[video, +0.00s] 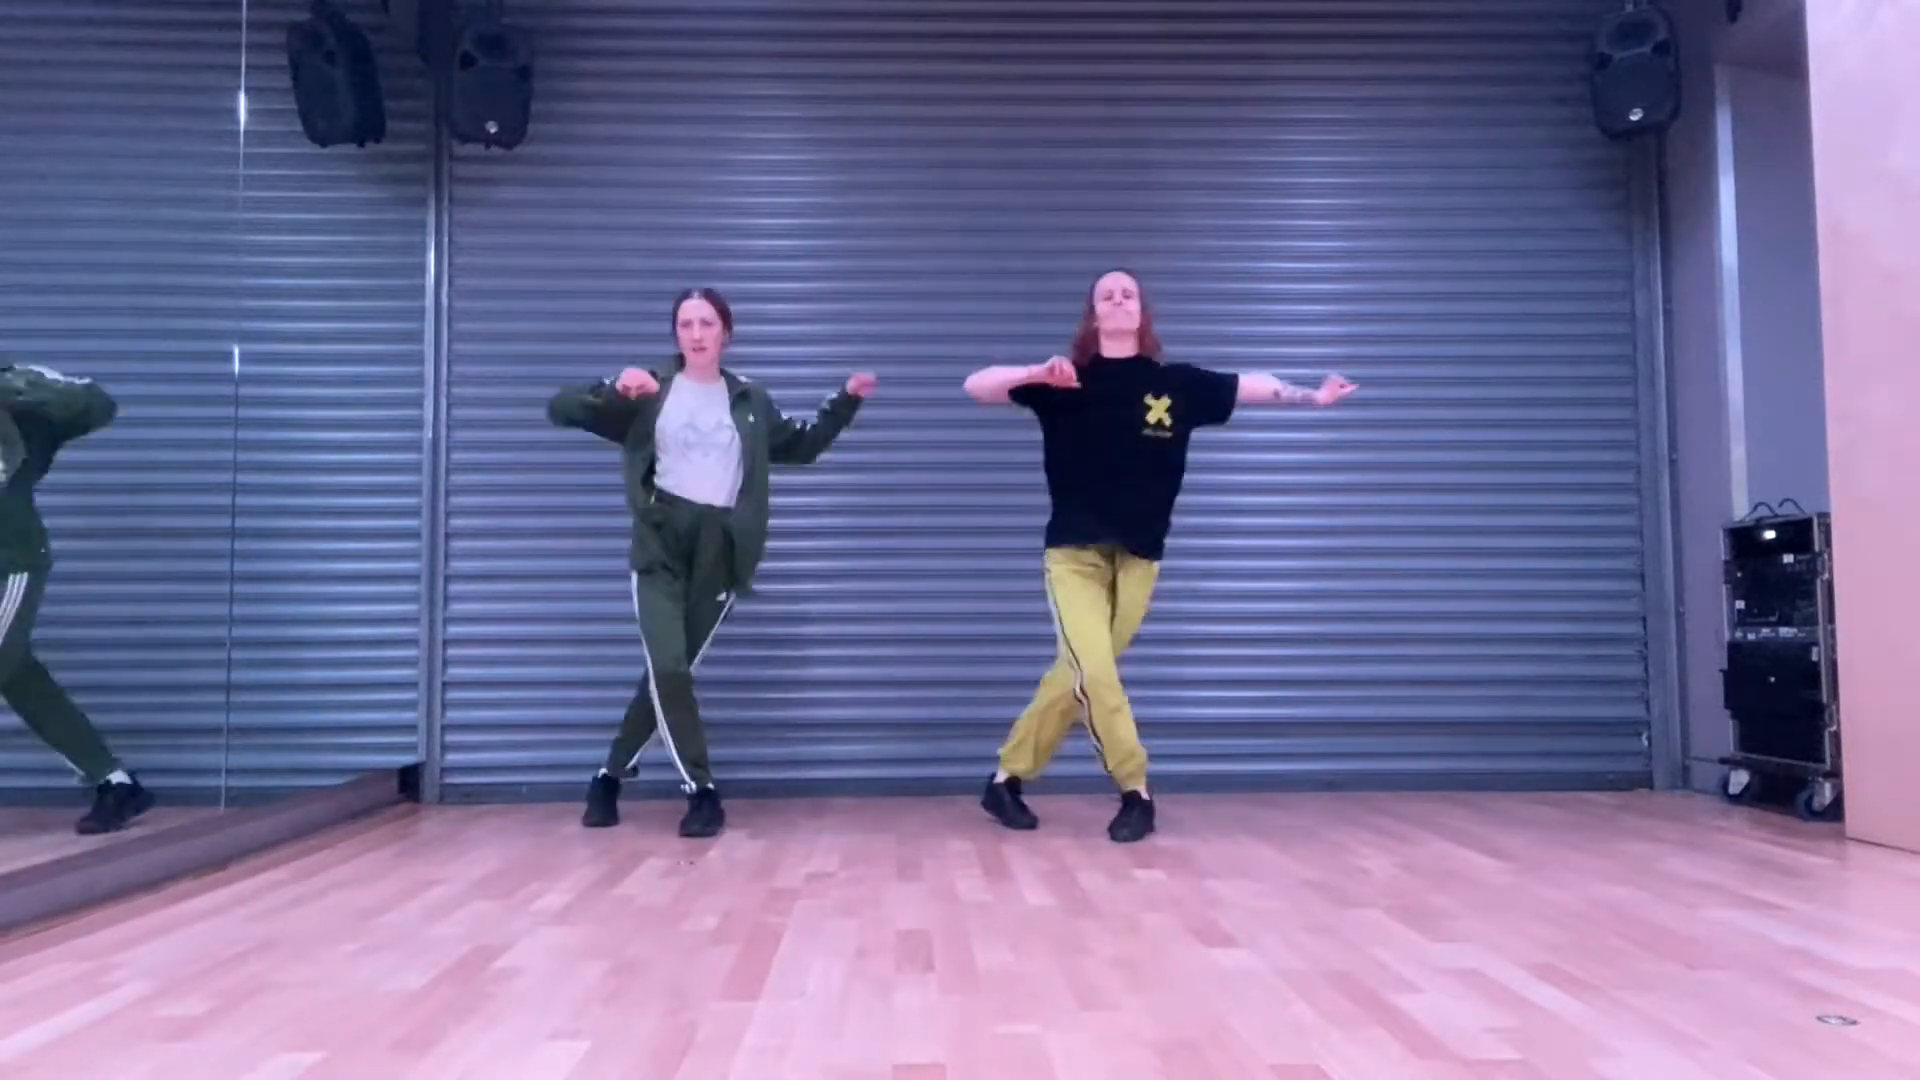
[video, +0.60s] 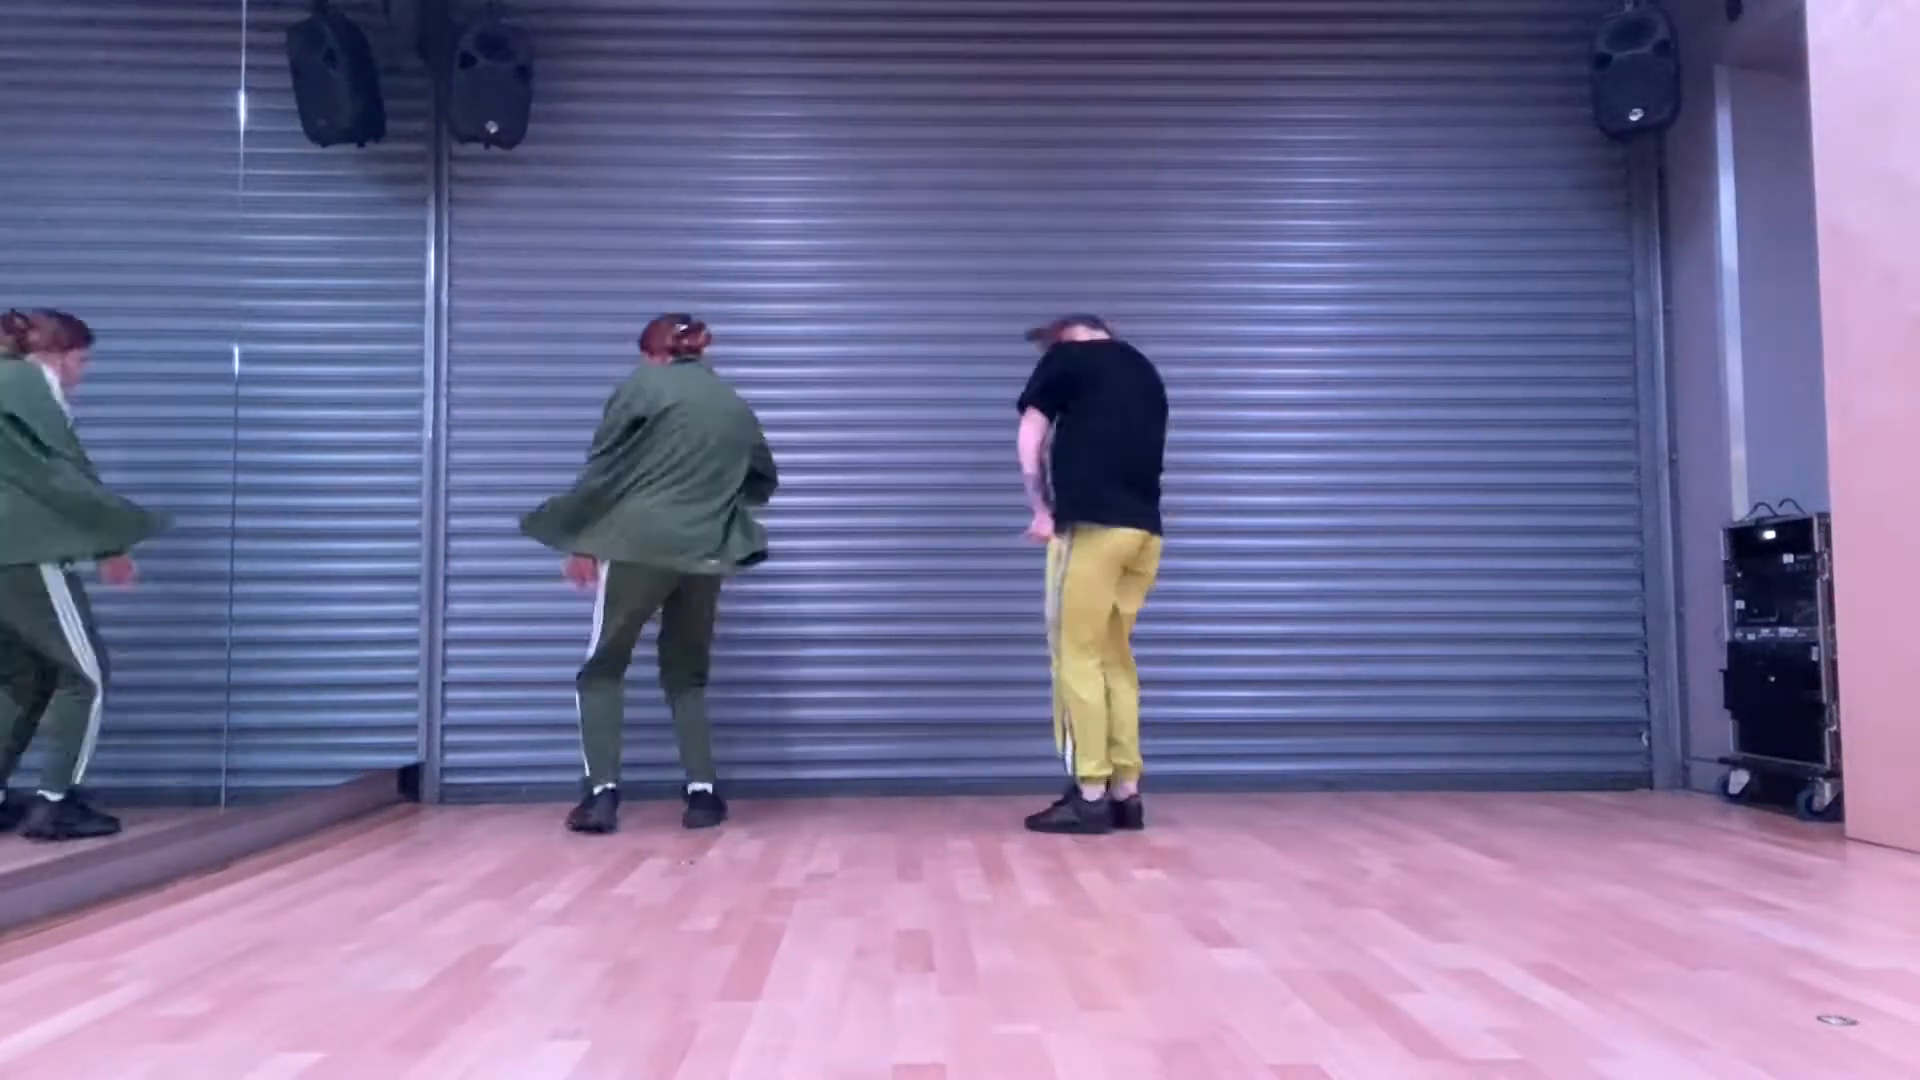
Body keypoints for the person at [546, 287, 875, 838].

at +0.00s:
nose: (697, 332)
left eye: (706, 323)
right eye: (687, 324)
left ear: (725, 332)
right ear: (676, 333)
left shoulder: (750, 400)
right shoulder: (647, 396)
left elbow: (799, 446)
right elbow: (560, 409)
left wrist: (847, 400)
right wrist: (612, 390)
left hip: (721, 545)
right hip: (658, 537)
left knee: (670, 670)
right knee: (667, 668)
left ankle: (609, 777)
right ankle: (701, 793)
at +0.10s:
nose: (685, 341)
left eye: (694, 329)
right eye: (675, 332)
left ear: (711, 334)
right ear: (662, 340)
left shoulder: (742, 389)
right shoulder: (643, 381)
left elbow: (811, 385)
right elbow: (588, 398)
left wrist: (821, 404)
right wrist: (660, 421)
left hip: (720, 545)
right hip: (658, 539)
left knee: (669, 668)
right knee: (679, 662)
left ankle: (605, 777)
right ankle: (704, 792)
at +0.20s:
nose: (707, 363)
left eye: (711, 351)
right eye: (694, 356)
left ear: (717, 343)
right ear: (670, 356)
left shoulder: (723, 377)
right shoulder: (659, 398)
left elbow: (782, 401)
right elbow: (680, 449)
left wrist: (796, 464)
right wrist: (732, 492)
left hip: (704, 542)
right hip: (659, 538)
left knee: (668, 665)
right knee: (693, 660)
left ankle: (589, 774)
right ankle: (705, 791)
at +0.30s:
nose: (740, 396)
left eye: (746, 388)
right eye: (739, 386)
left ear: (718, 365)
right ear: (715, 368)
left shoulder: (697, 394)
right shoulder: (672, 394)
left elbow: (738, 478)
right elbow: (714, 481)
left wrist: (742, 547)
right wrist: (744, 536)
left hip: (665, 542)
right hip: (662, 543)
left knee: (653, 666)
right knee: (708, 658)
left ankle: (577, 775)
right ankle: (712, 790)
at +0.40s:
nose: (744, 415)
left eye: (749, 408)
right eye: (748, 407)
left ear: (726, 363)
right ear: (743, 386)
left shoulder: (660, 382)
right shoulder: (712, 403)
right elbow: (733, 493)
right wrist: (730, 560)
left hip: (609, 546)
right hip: (664, 545)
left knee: (638, 660)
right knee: (723, 661)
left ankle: (580, 781)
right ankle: (714, 790)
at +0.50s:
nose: (734, 388)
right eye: (734, 380)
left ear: (683, 361)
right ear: (729, 375)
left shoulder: (636, 390)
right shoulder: (738, 412)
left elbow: (605, 469)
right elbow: (765, 496)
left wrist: (606, 519)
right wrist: (729, 536)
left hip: (617, 546)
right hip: (686, 553)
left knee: (614, 666)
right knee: (709, 672)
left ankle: (602, 784)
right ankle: (706, 792)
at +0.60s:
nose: (641, 363)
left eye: (643, 354)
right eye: (644, 355)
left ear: (655, 351)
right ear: (697, 349)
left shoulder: (644, 384)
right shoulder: (734, 405)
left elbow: (603, 468)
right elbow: (762, 481)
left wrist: (582, 543)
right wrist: (709, 497)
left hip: (638, 550)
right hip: (704, 557)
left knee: (603, 670)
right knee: (686, 675)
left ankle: (602, 793)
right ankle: (702, 790)